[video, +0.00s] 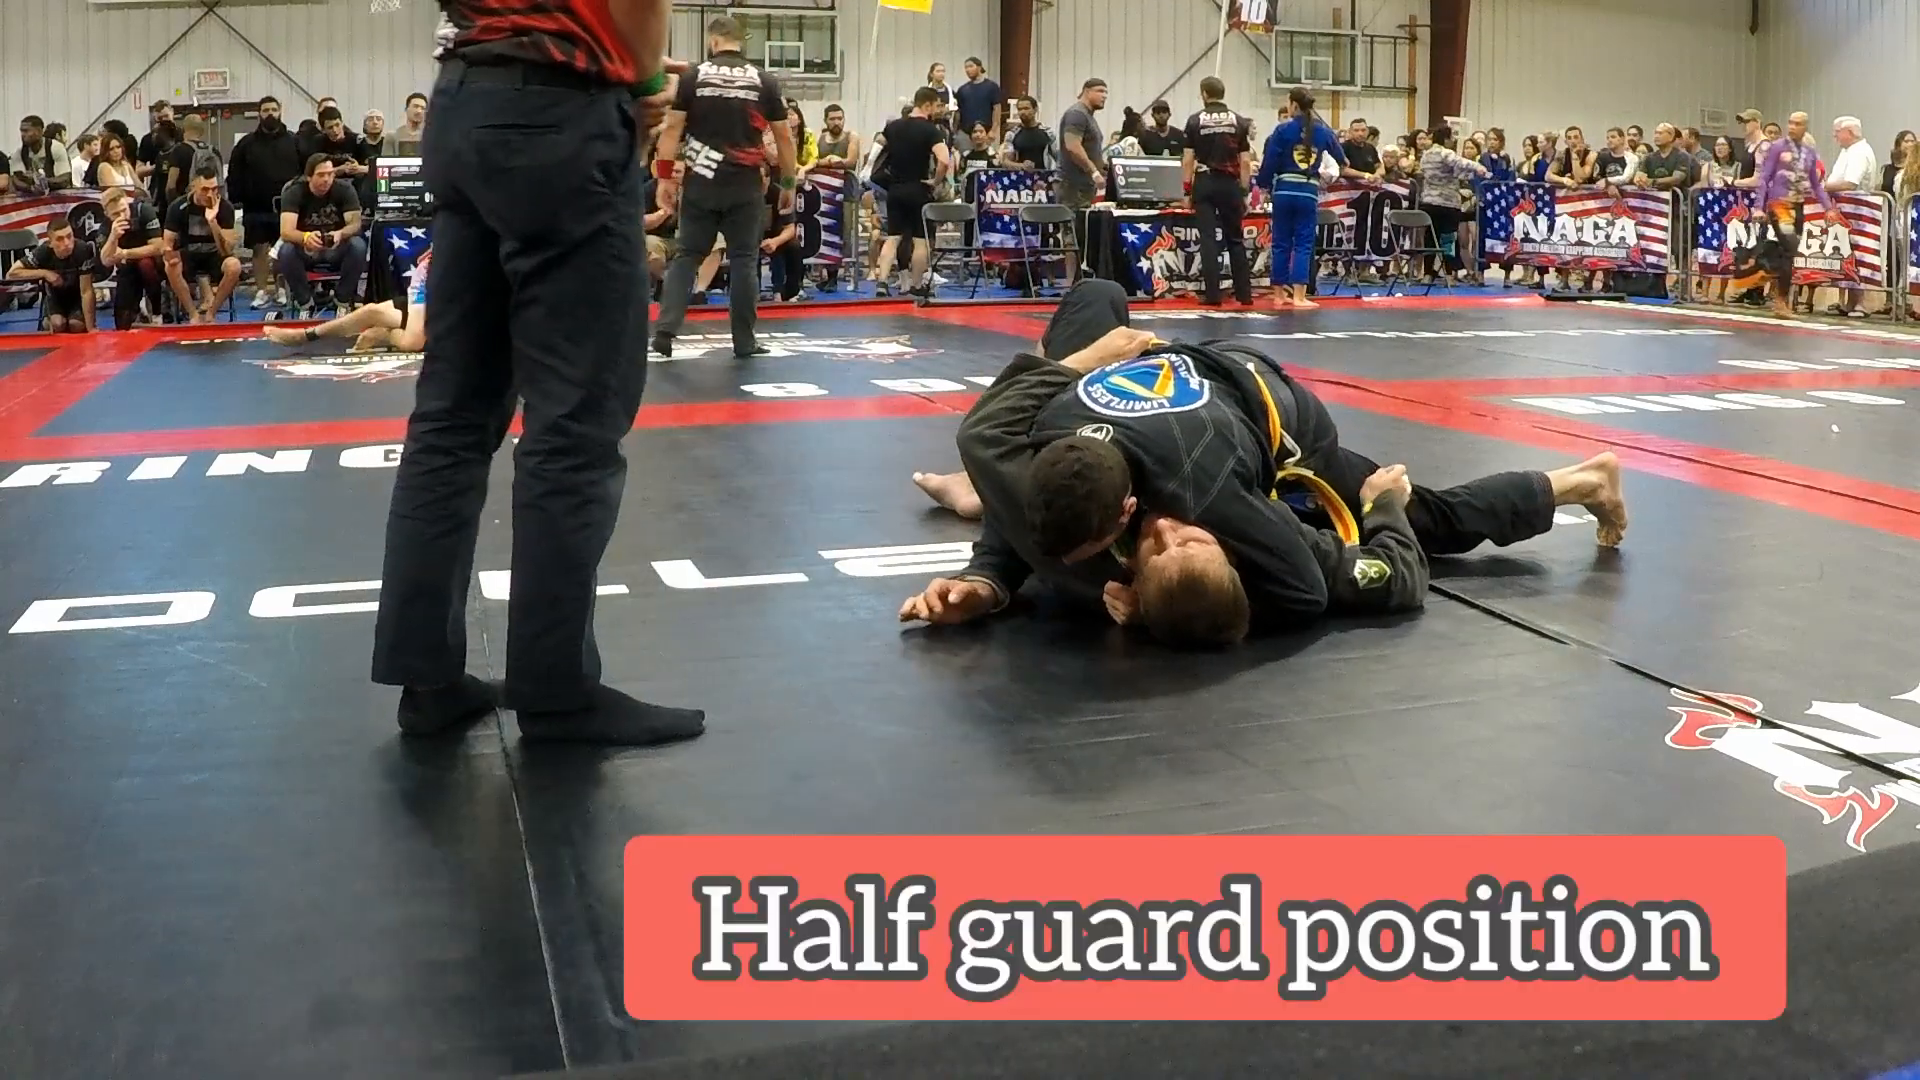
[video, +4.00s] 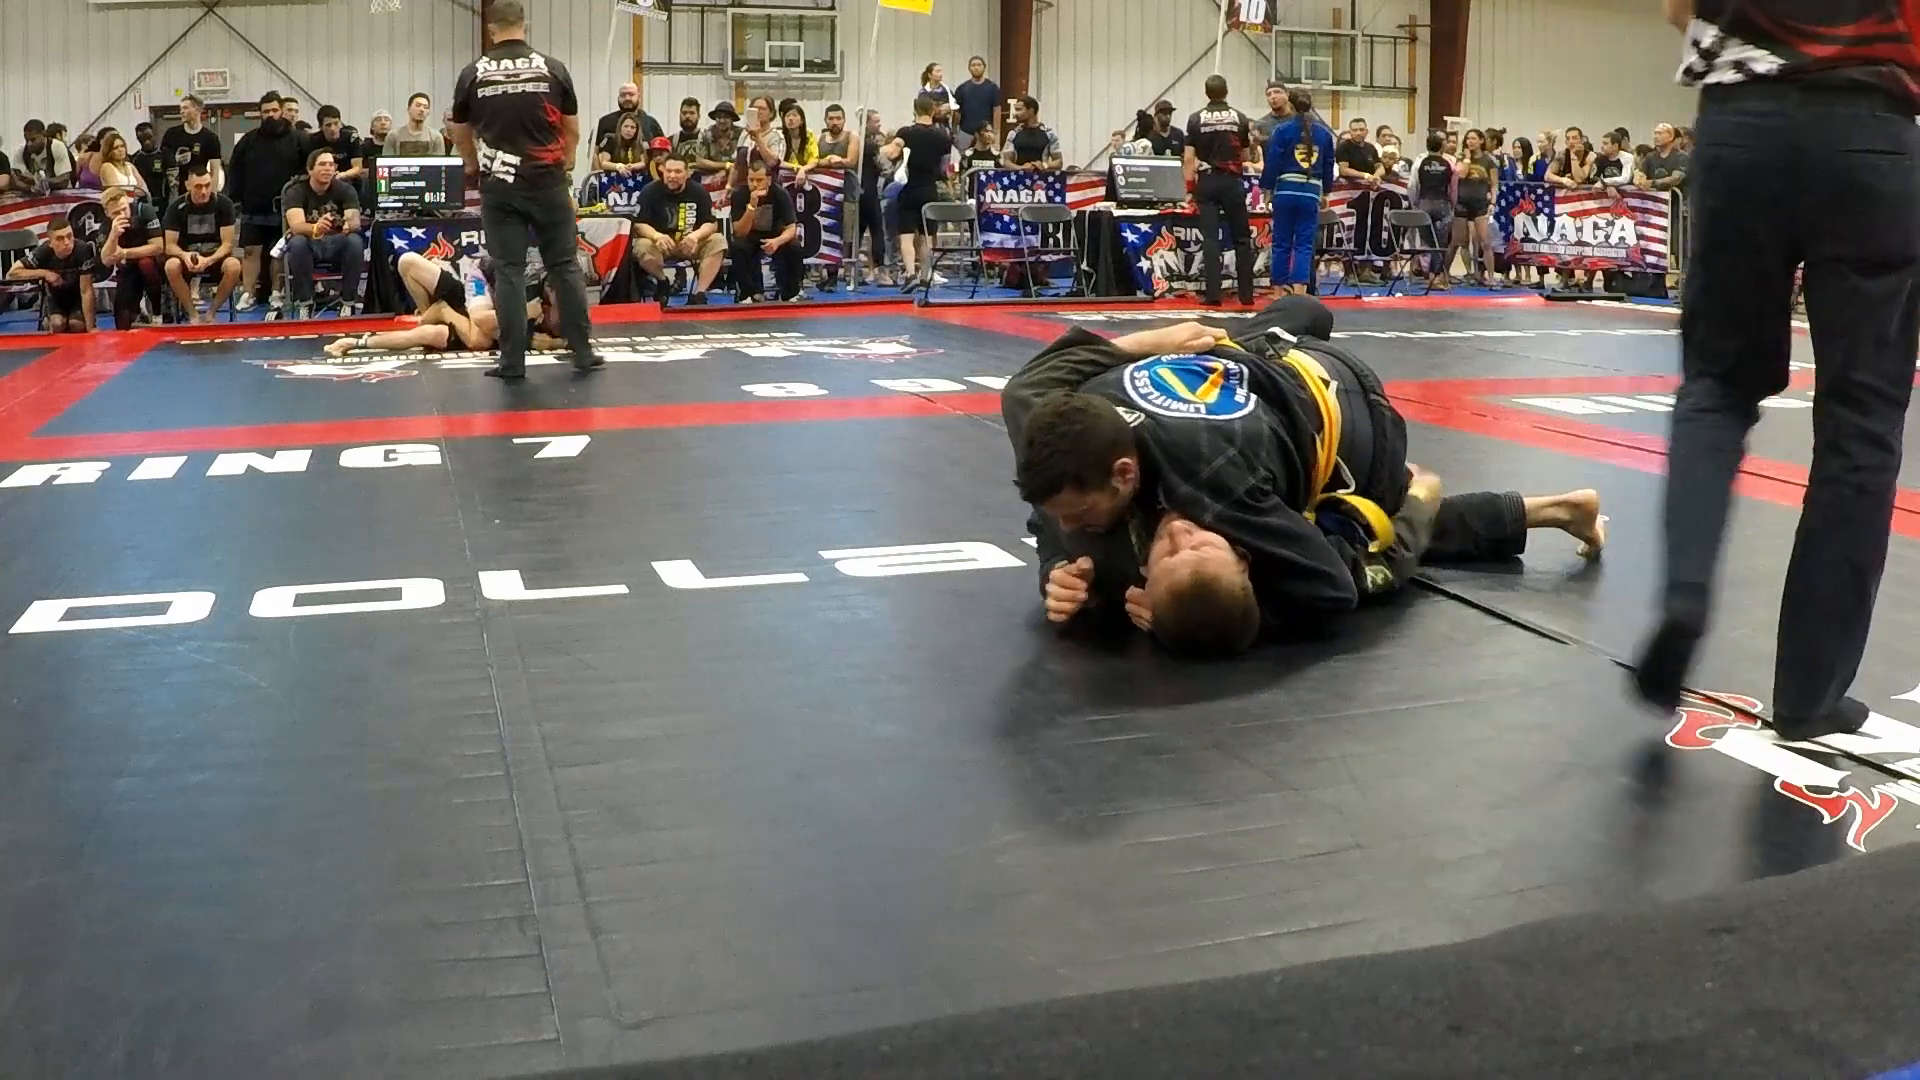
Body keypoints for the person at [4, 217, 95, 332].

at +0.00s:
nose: (67, 243)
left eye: (69, 237)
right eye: (60, 239)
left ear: (73, 235)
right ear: (50, 241)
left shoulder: (83, 249)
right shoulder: (44, 251)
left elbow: (86, 290)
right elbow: (12, 274)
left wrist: (91, 328)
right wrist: (44, 273)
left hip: (77, 292)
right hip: (55, 293)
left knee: (76, 325)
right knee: (58, 324)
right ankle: (46, 323)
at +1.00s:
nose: (67, 243)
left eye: (69, 237)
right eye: (60, 239)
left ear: (73, 234)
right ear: (50, 241)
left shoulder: (83, 250)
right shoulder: (44, 251)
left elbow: (86, 291)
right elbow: (12, 273)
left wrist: (91, 328)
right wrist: (44, 273)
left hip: (78, 291)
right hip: (55, 292)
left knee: (76, 324)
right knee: (58, 323)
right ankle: (46, 323)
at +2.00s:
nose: (67, 243)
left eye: (69, 237)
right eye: (60, 239)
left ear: (73, 235)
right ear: (50, 241)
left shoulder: (83, 250)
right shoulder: (44, 251)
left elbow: (86, 291)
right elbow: (12, 274)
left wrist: (91, 327)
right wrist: (44, 273)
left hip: (78, 293)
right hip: (55, 294)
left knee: (76, 324)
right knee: (58, 323)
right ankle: (46, 323)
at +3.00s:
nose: (67, 243)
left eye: (69, 236)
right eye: (60, 239)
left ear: (73, 235)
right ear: (50, 241)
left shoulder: (83, 249)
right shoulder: (43, 251)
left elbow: (86, 290)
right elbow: (12, 274)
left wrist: (91, 328)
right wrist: (44, 273)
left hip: (78, 291)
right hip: (55, 292)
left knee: (76, 324)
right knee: (58, 323)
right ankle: (46, 323)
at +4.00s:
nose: (67, 243)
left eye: (69, 237)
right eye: (60, 239)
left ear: (73, 235)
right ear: (50, 240)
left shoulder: (83, 249)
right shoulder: (44, 251)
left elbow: (86, 290)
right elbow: (12, 273)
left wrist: (91, 328)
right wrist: (44, 273)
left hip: (78, 292)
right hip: (55, 292)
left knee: (76, 324)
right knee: (57, 323)